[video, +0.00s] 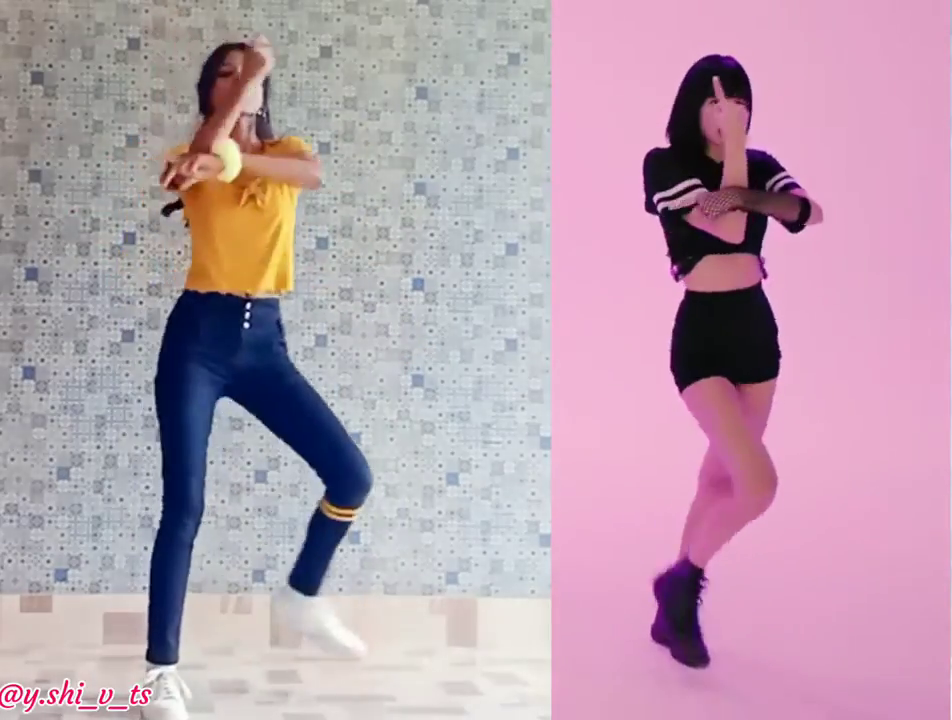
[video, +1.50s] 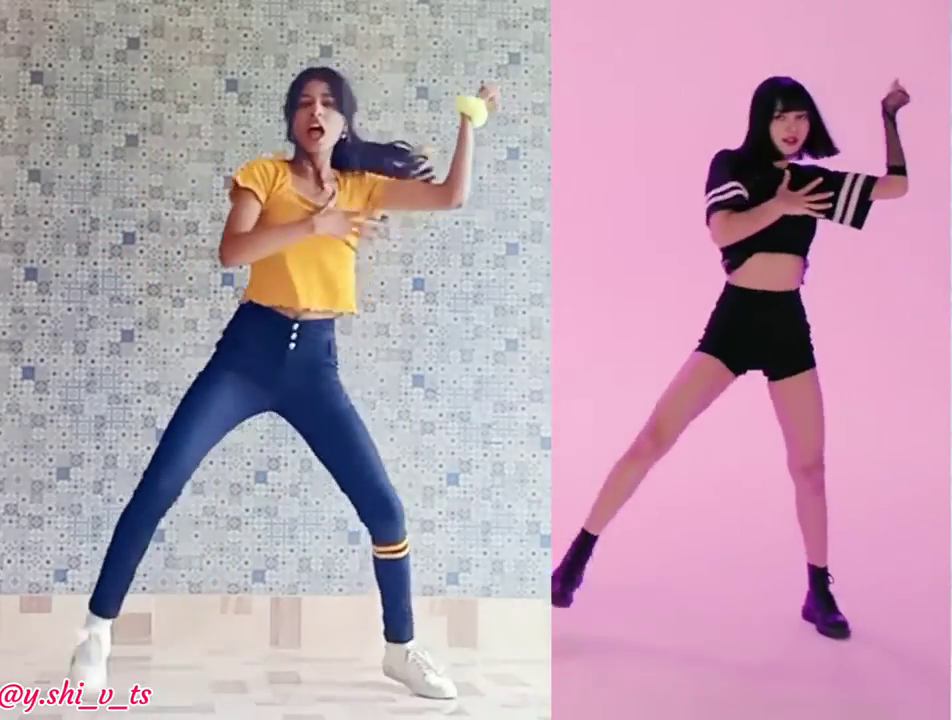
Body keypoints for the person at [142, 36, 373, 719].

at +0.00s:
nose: (248, 87)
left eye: (257, 79)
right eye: (233, 75)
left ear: (267, 94)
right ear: (211, 92)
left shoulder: (285, 149)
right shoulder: (191, 158)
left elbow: (310, 172)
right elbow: (211, 151)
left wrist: (234, 162)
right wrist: (250, 74)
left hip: (265, 348)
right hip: (197, 345)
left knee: (351, 478)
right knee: (185, 503)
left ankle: (299, 599)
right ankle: (162, 671)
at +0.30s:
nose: (310, 113)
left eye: (320, 105)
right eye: (296, 104)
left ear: (334, 121)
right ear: (279, 118)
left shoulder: (348, 187)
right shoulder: (253, 171)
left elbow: (391, 192)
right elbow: (286, 196)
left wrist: (404, 109)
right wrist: (369, 173)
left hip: (355, 357)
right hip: (286, 364)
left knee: (386, 514)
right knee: (239, 517)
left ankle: (411, 656)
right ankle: (171, 667)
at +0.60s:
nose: (319, 105)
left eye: (331, 96)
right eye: (309, 96)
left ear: (347, 110)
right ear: (292, 108)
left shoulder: (360, 177)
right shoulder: (271, 161)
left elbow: (411, 192)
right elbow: (296, 183)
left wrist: (388, 112)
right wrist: (384, 168)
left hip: (347, 352)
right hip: (276, 349)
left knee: (379, 507)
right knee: (206, 495)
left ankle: (410, 657)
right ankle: (141, 645)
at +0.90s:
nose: (283, 125)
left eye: (294, 114)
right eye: (270, 113)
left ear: (310, 125)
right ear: (252, 125)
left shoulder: (333, 183)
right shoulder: (239, 180)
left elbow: (385, 186)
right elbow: (280, 194)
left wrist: (370, 99)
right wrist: (361, 164)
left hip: (317, 359)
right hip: (247, 354)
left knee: (356, 513)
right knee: (195, 506)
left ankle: (406, 655)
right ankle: (141, 655)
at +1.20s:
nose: (336, 96)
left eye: (347, 90)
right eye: (323, 94)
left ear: (366, 116)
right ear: (308, 118)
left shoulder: (379, 181)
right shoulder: (284, 166)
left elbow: (477, 193)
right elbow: (252, 238)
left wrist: (490, 129)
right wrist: (332, 197)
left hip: (338, 355)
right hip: (266, 348)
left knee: (372, 507)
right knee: (189, 481)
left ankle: (408, 654)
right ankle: (126, 631)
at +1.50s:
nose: (314, 113)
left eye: (327, 104)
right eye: (304, 104)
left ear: (346, 120)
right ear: (289, 118)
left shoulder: (362, 186)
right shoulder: (263, 174)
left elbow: (450, 194)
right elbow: (232, 251)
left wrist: (468, 124)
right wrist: (316, 222)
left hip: (315, 370)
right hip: (245, 360)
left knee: (385, 510)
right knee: (159, 485)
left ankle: (401, 649)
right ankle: (95, 637)